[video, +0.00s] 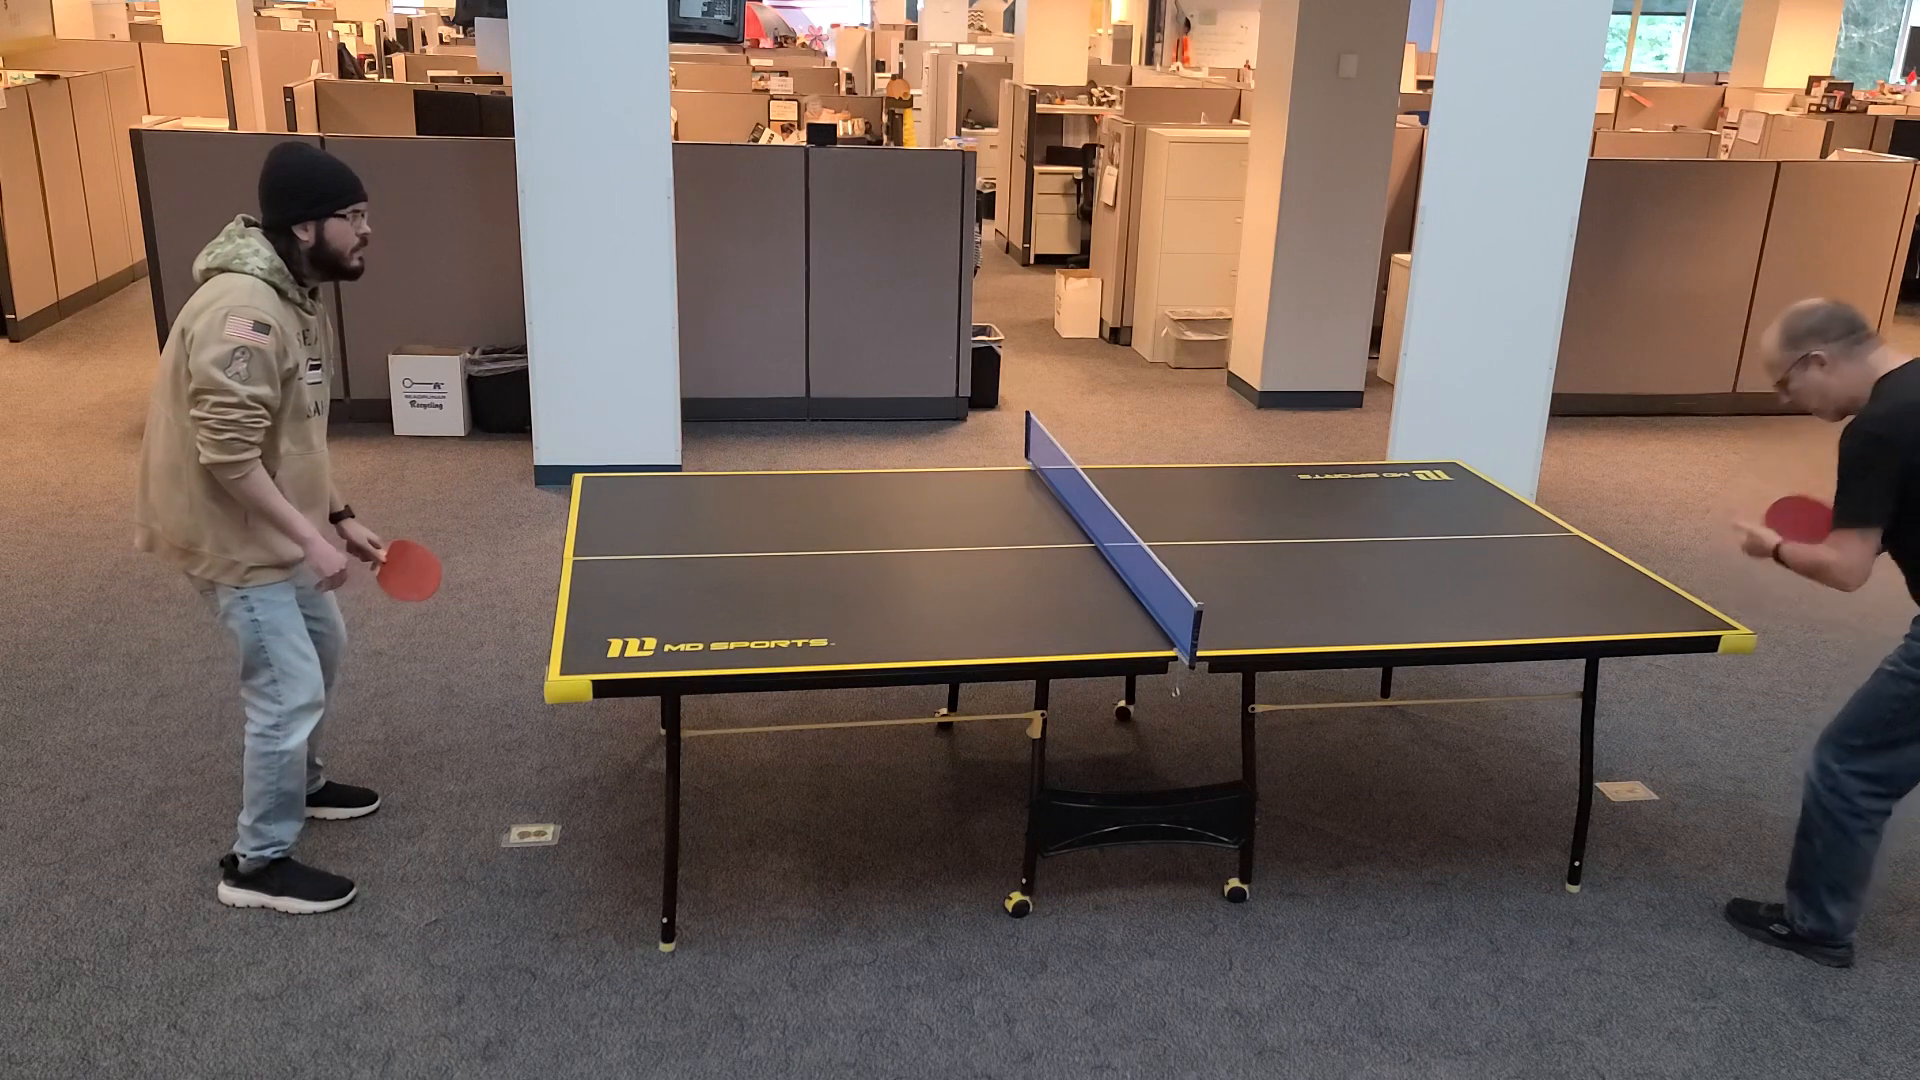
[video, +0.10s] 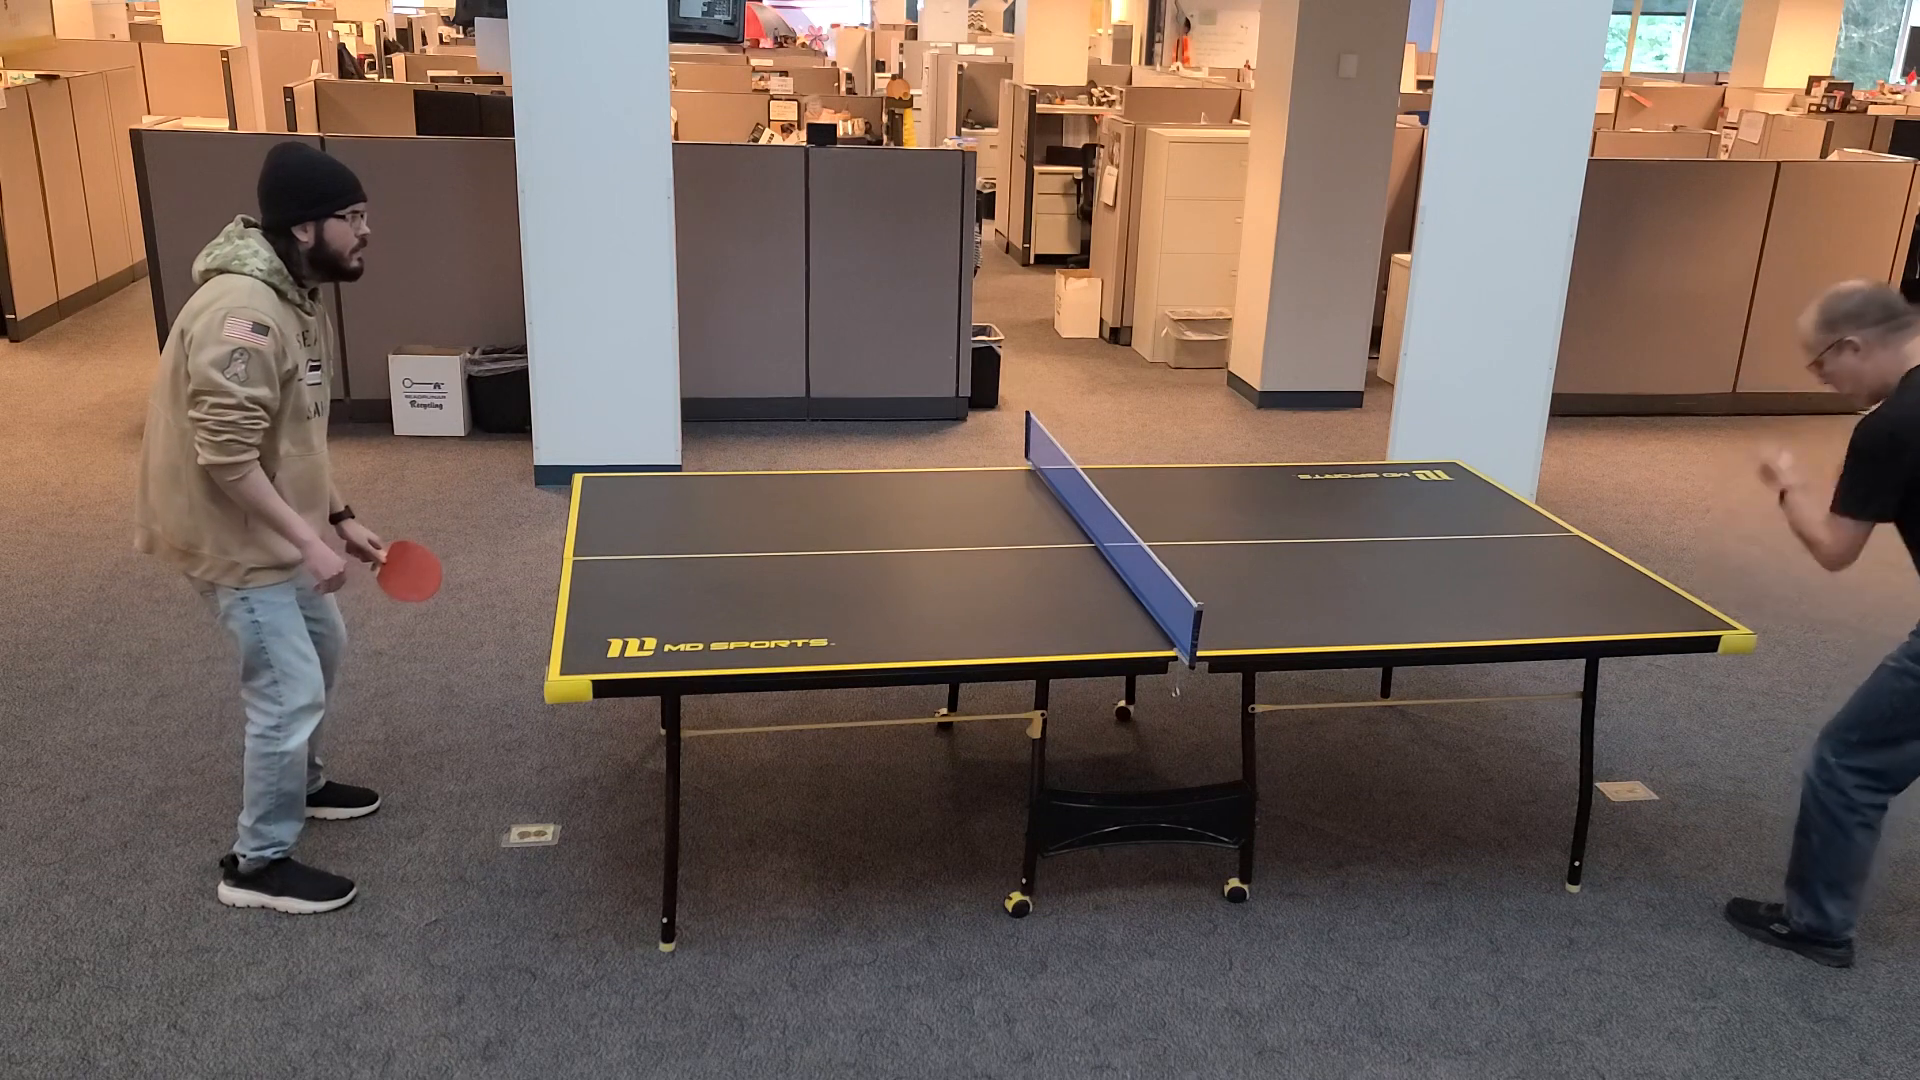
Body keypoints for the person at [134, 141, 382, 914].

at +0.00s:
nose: (366, 229)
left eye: (364, 214)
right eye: (352, 216)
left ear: (307, 227)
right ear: (302, 226)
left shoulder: (291, 293)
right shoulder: (243, 311)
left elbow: (293, 432)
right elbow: (229, 456)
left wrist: (339, 516)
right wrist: (308, 539)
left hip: (277, 524)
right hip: (229, 533)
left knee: (324, 647)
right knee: (289, 690)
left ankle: (295, 788)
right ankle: (258, 859)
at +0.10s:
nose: (366, 229)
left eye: (363, 213)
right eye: (351, 216)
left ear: (308, 229)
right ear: (302, 228)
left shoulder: (294, 292)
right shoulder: (241, 312)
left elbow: (293, 431)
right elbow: (226, 458)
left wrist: (338, 515)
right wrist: (307, 543)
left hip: (279, 522)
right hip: (229, 533)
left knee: (323, 647)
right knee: (290, 689)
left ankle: (296, 787)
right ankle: (258, 859)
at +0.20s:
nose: (366, 228)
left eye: (363, 213)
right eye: (351, 216)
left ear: (308, 229)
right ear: (302, 228)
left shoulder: (297, 291)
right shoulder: (242, 312)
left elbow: (295, 429)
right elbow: (226, 458)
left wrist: (338, 514)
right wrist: (305, 545)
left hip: (278, 520)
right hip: (228, 532)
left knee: (323, 647)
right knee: (291, 689)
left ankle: (296, 787)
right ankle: (258, 859)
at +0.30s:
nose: (367, 228)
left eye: (364, 213)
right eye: (353, 215)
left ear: (308, 227)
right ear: (303, 227)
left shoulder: (295, 292)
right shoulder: (243, 311)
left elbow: (294, 431)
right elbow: (226, 457)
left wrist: (339, 515)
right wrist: (305, 543)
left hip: (277, 521)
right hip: (228, 533)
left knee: (324, 646)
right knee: (292, 687)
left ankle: (295, 787)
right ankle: (258, 859)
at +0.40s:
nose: (367, 228)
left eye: (364, 212)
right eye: (353, 215)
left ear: (309, 227)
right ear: (304, 227)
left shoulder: (297, 291)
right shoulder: (244, 310)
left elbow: (295, 430)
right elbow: (227, 457)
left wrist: (340, 515)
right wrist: (305, 544)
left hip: (277, 519)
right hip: (228, 532)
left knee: (324, 646)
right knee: (292, 687)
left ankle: (295, 787)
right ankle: (258, 859)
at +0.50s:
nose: (368, 227)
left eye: (365, 212)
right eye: (354, 214)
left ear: (310, 226)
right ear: (305, 226)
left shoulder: (299, 291)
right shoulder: (244, 310)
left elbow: (297, 429)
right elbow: (227, 457)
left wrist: (341, 514)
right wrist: (305, 541)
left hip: (280, 520)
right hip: (229, 532)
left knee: (323, 648)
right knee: (291, 688)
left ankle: (296, 787)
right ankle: (258, 858)